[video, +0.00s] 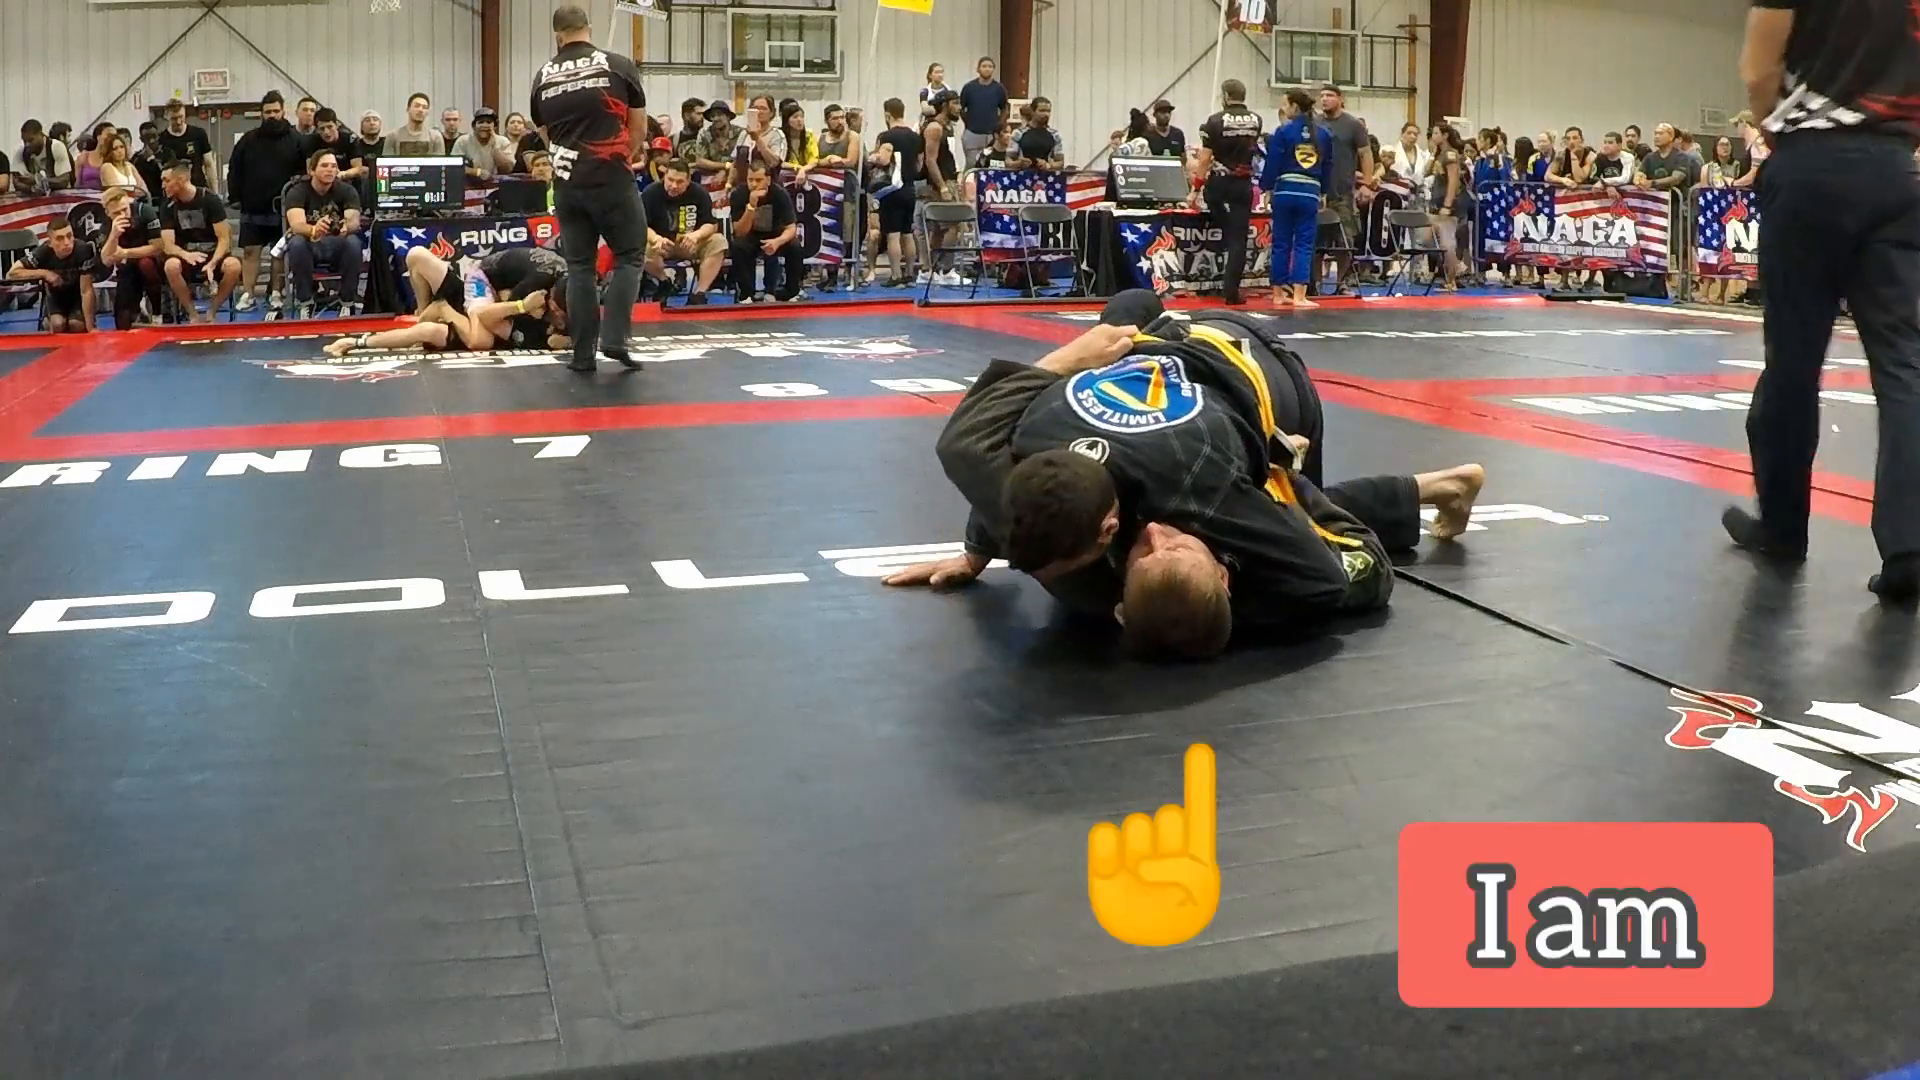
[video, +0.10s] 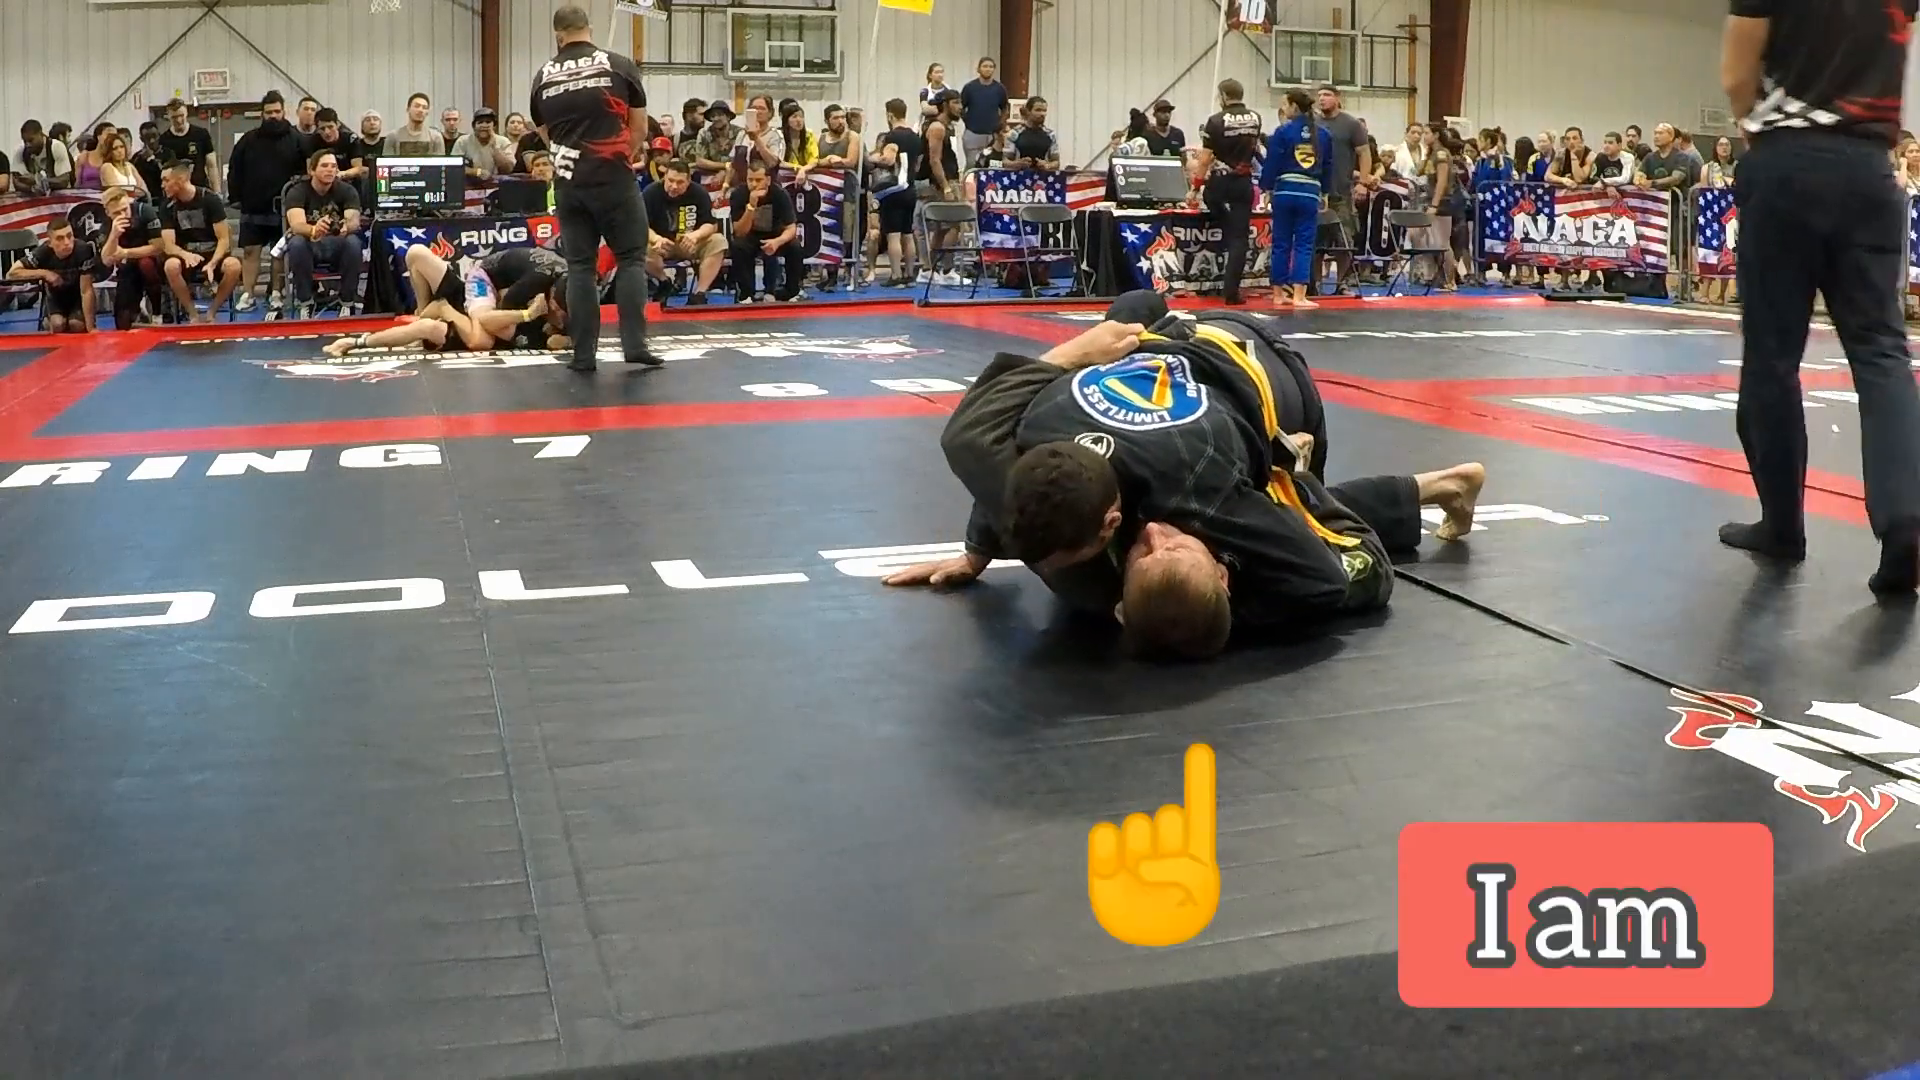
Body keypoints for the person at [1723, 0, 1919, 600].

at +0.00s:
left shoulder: (1787, 3)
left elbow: (1760, 72)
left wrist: (1767, 125)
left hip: (1809, 161)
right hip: (1896, 163)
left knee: (1792, 363)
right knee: (1903, 367)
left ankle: (1782, 528)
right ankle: (1905, 554)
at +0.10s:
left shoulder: (1763, 0)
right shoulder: (1894, 8)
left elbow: (1738, 74)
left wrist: (1763, 130)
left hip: (1783, 161)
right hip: (1869, 165)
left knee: (1771, 356)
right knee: (1882, 351)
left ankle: (1781, 527)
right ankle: (1903, 528)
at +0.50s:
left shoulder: (1704, 4)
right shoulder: (1825, 8)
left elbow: (1674, 75)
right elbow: (1813, 67)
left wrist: (1675, 128)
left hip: (1726, 158)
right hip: (1794, 162)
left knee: (1739, 345)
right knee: (1779, 331)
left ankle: (1775, 523)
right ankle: (1774, 481)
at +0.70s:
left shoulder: (1697, 4)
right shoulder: (1771, 12)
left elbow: (1660, 78)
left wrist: (1610, 183)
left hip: (1700, 159)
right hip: (1752, 163)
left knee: (1711, 337)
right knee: (1707, 334)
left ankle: (1775, 506)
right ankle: (1677, 488)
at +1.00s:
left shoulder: (1657, 3)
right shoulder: (1685, 12)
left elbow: (1648, 62)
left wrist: (1605, 160)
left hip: (1655, 156)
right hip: (1687, 158)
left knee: (1604, 315)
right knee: (1669, 321)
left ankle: (1701, 438)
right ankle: (1677, 483)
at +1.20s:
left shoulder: (1623, 5)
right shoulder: (1605, 9)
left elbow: (1633, 68)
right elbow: (1620, 78)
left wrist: (1599, 170)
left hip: (1607, 155)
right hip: (1638, 156)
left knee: (1550, 310)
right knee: (1647, 323)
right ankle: (1676, 473)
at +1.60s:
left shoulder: (1499, 6)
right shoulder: (1474, 11)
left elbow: (1495, 80)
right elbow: (1476, 87)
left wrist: (1460, 175)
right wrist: (1441, 169)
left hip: (1494, 152)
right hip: (1492, 150)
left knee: (1483, 320)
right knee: (1497, 309)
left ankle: (1493, 474)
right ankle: (1595, 424)